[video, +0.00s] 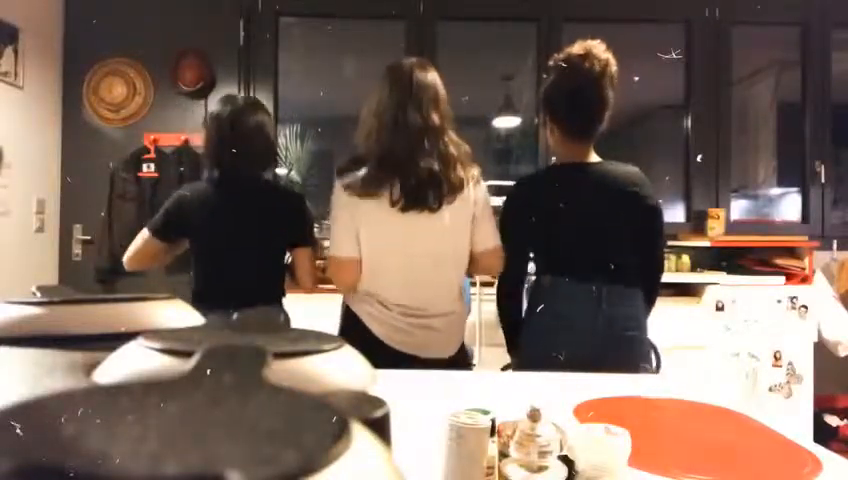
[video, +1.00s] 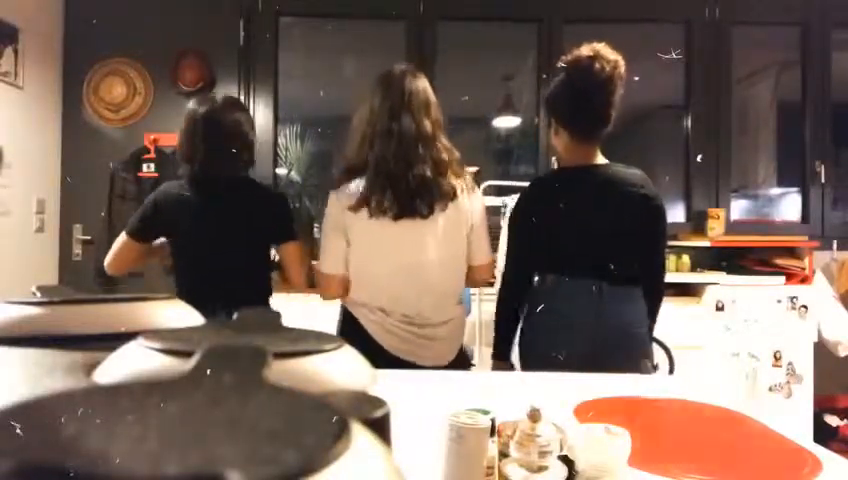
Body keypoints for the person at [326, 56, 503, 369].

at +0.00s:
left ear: (380, 112)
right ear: (440, 110)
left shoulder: (353, 187)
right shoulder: (468, 182)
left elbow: (345, 278)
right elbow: (492, 263)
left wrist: (330, 261)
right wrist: (443, 259)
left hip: (373, 349)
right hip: (445, 350)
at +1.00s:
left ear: (370, 123)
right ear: (433, 118)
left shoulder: (347, 199)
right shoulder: (465, 193)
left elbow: (331, 288)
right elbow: (483, 273)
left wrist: (371, 269)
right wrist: (435, 270)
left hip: (368, 357)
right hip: (442, 359)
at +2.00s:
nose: (394, 110)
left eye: (408, 105)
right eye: (393, 102)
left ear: (434, 119)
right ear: (386, 108)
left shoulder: (421, 177)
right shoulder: (403, 175)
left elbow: (426, 266)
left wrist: (367, 210)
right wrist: (363, 205)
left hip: (399, 322)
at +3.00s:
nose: (371, 116)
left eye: (384, 108)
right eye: (367, 107)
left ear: (412, 118)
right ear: (361, 112)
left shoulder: (401, 167)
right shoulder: (419, 171)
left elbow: (412, 251)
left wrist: (371, 180)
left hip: (392, 316)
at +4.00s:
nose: (366, 124)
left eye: (380, 118)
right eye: (362, 116)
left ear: (403, 128)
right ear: (355, 121)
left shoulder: (400, 170)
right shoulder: (383, 174)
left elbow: (419, 250)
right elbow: (379, 256)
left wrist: (374, 188)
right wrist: (338, 288)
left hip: (394, 307)